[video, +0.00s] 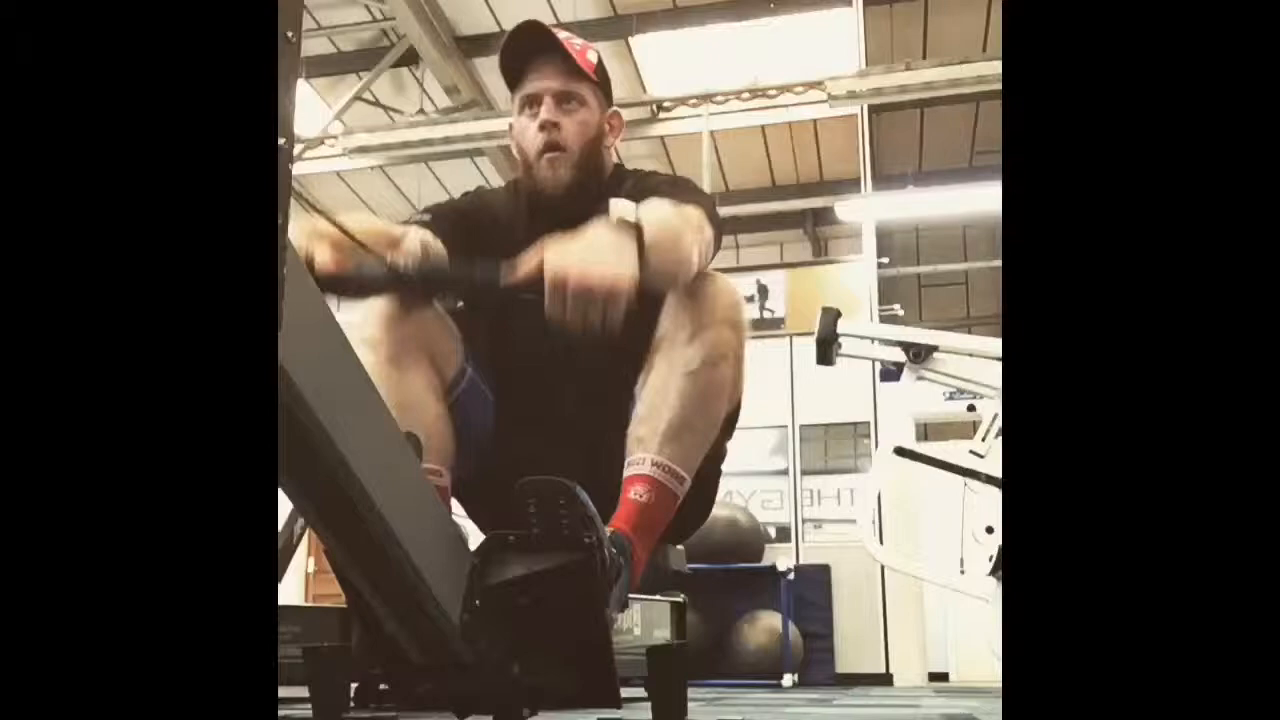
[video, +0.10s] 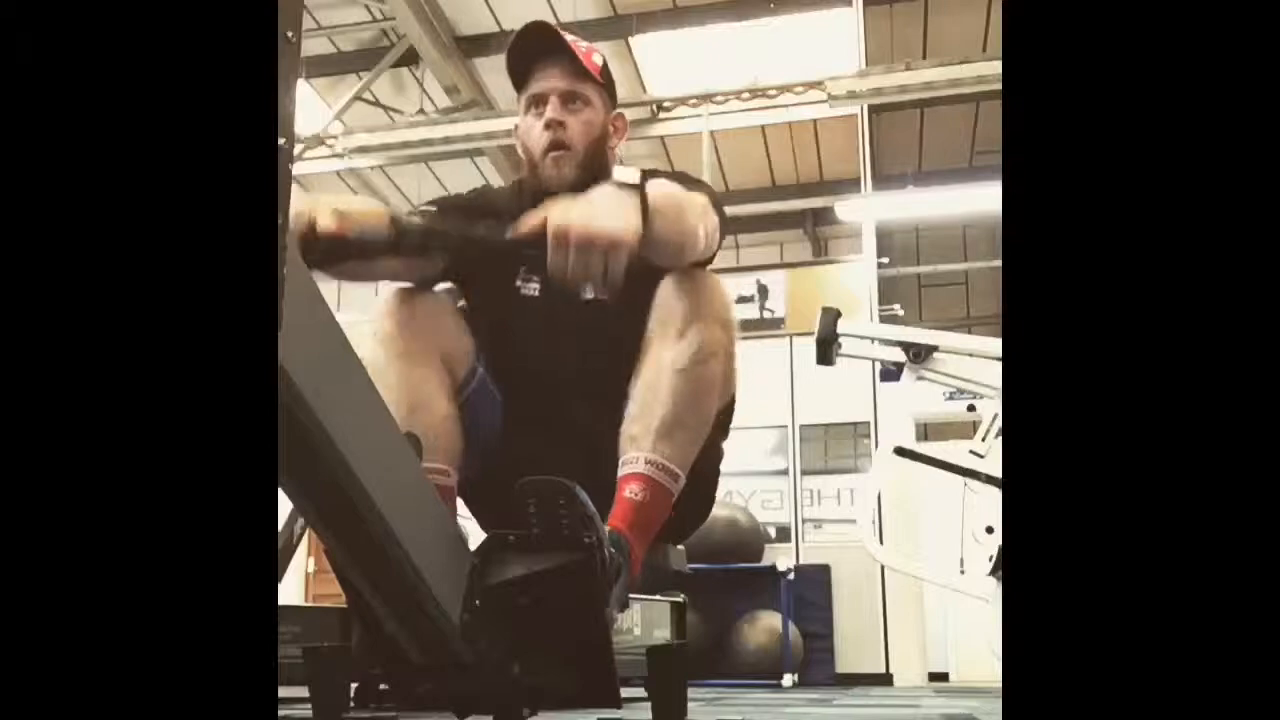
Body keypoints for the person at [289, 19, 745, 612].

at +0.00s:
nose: (548, 118)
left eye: (571, 102)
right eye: (531, 106)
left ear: (611, 130)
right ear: (513, 135)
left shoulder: (655, 196)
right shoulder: (479, 216)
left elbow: (689, 241)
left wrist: (623, 232)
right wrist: (327, 242)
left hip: (633, 462)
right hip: (503, 463)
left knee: (711, 296)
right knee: (379, 309)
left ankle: (625, 548)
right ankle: (424, 539)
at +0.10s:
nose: (553, 117)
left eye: (575, 102)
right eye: (537, 106)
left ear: (614, 131)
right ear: (518, 136)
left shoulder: (659, 195)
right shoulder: (489, 210)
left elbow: (696, 231)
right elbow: (402, 245)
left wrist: (627, 205)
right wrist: (319, 221)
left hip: (640, 466)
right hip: (511, 464)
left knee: (694, 287)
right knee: (405, 310)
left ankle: (621, 547)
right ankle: (424, 547)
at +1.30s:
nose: (622, 194)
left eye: (638, 187)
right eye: (610, 189)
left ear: (666, 212)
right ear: (595, 214)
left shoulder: (701, 273)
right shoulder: (560, 281)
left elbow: (722, 326)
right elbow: (503, 341)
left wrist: (695, 304)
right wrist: (458, 329)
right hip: (559, 472)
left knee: (653, 384)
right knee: (503, 395)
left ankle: (599, 569)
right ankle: (449, 562)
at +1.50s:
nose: (649, 258)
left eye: (663, 251)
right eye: (637, 253)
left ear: (688, 269)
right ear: (623, 272)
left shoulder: (716, 335)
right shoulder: (593, 345)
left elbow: (758, 386)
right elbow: (522, 396)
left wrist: (724, 357)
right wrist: (505, 370)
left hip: (691, 485)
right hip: (591, 482)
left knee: (658, 462)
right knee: (530, 460)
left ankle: (606, 576)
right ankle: (463, 562)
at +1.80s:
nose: (645, 277)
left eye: (661, 267)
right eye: (634, 267)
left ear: (687, 281)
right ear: (621, 281)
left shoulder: (725, 345)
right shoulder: (589, 352)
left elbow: (812, 435)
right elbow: (500, 441)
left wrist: (751, 379)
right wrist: (525, 396)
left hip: (689, 503)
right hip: (584, 495)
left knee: (652, 435)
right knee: (536, 437)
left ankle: (606, 574)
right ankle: (466, 555)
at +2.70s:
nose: (655, 272)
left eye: (669, 263)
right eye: (644, 264)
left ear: (694, 279)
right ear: (629, 278)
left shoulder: (721, 342)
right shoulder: (599, 347)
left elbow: (775, 404)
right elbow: (519, 411)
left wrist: (736, 360)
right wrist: (514, 376)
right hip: (590, 487)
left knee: (663, 481)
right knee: (529, 486)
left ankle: (611, 585)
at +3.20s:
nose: (613, 192)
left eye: (630, 180)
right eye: (598, 181)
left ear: (658, 200)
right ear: (580, 204)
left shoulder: (694, 280)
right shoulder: (544, 290)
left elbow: (765, 342)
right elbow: (449, 380)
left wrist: (711, 289)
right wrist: (426, 325)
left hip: (670, 492)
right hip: (552, 493)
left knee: (646, 344)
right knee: (494, 351)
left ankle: (603, 557)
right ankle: (446, 553)